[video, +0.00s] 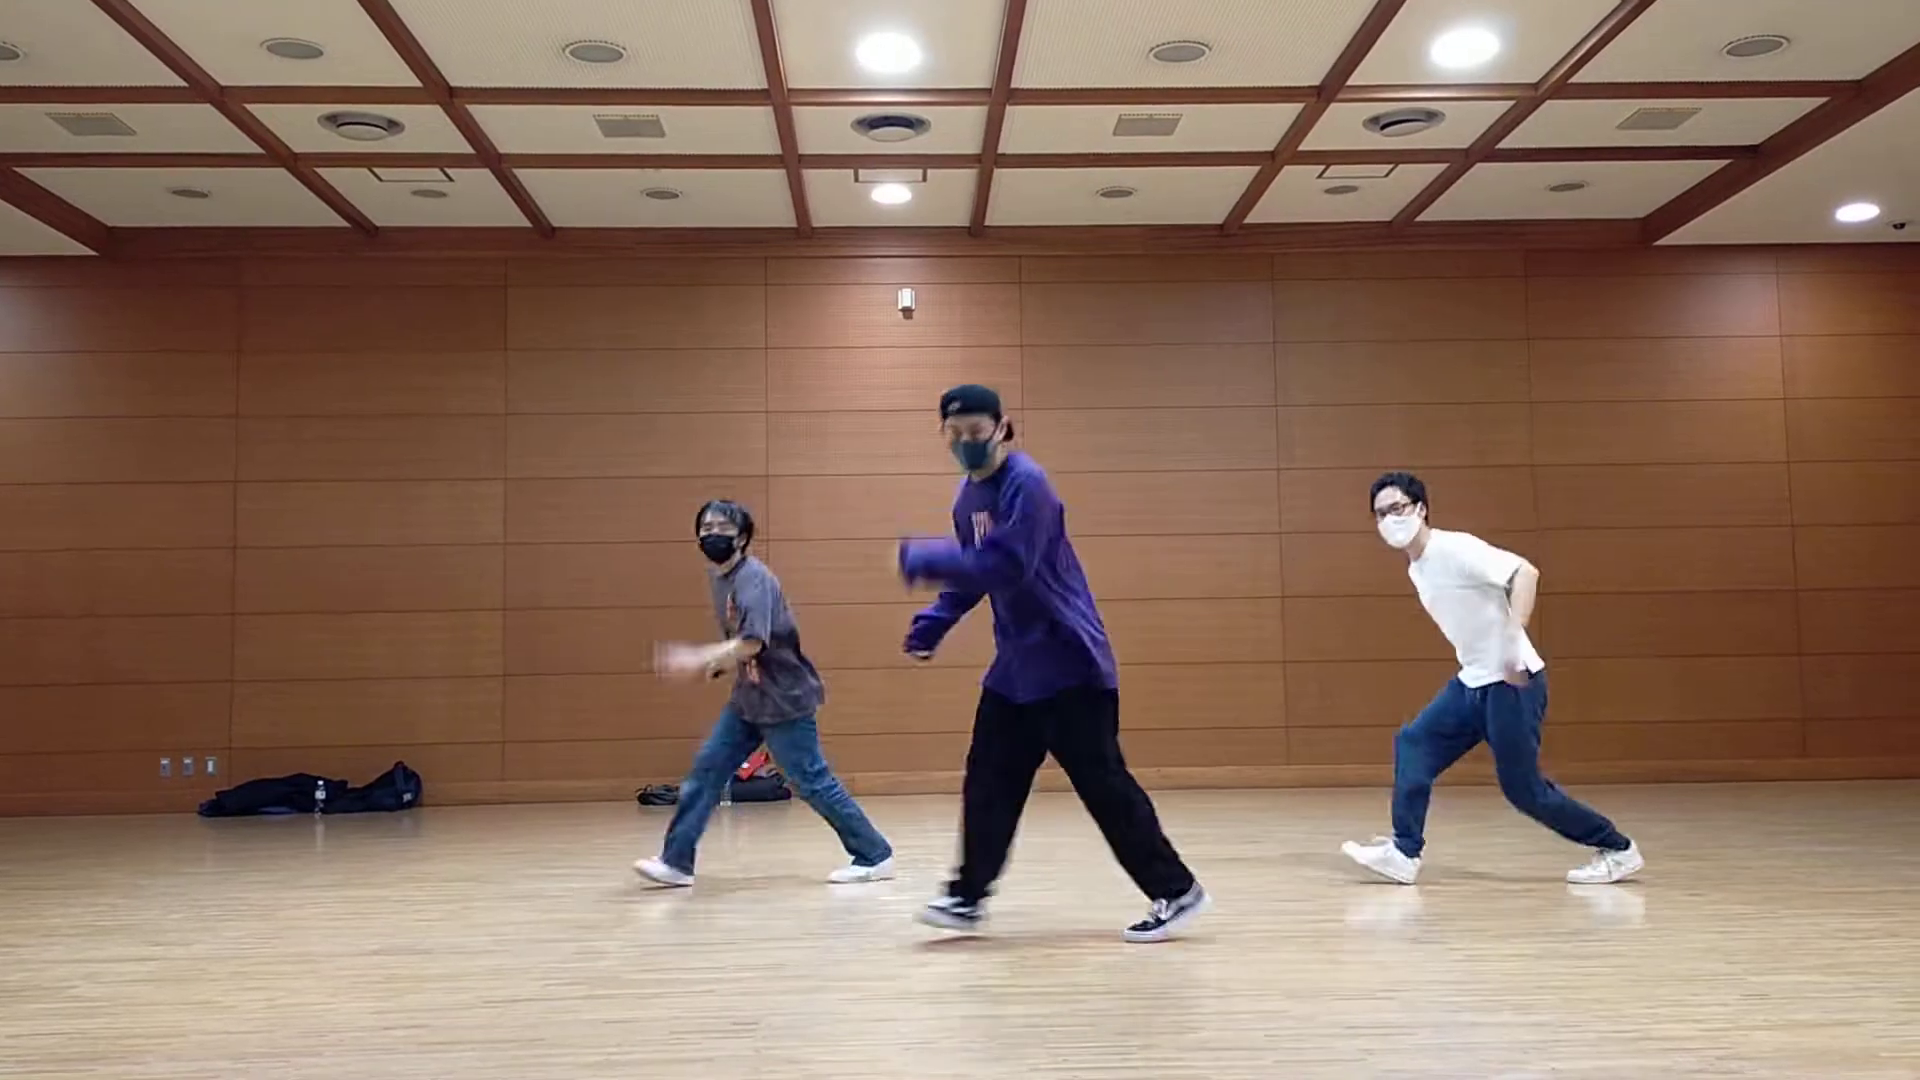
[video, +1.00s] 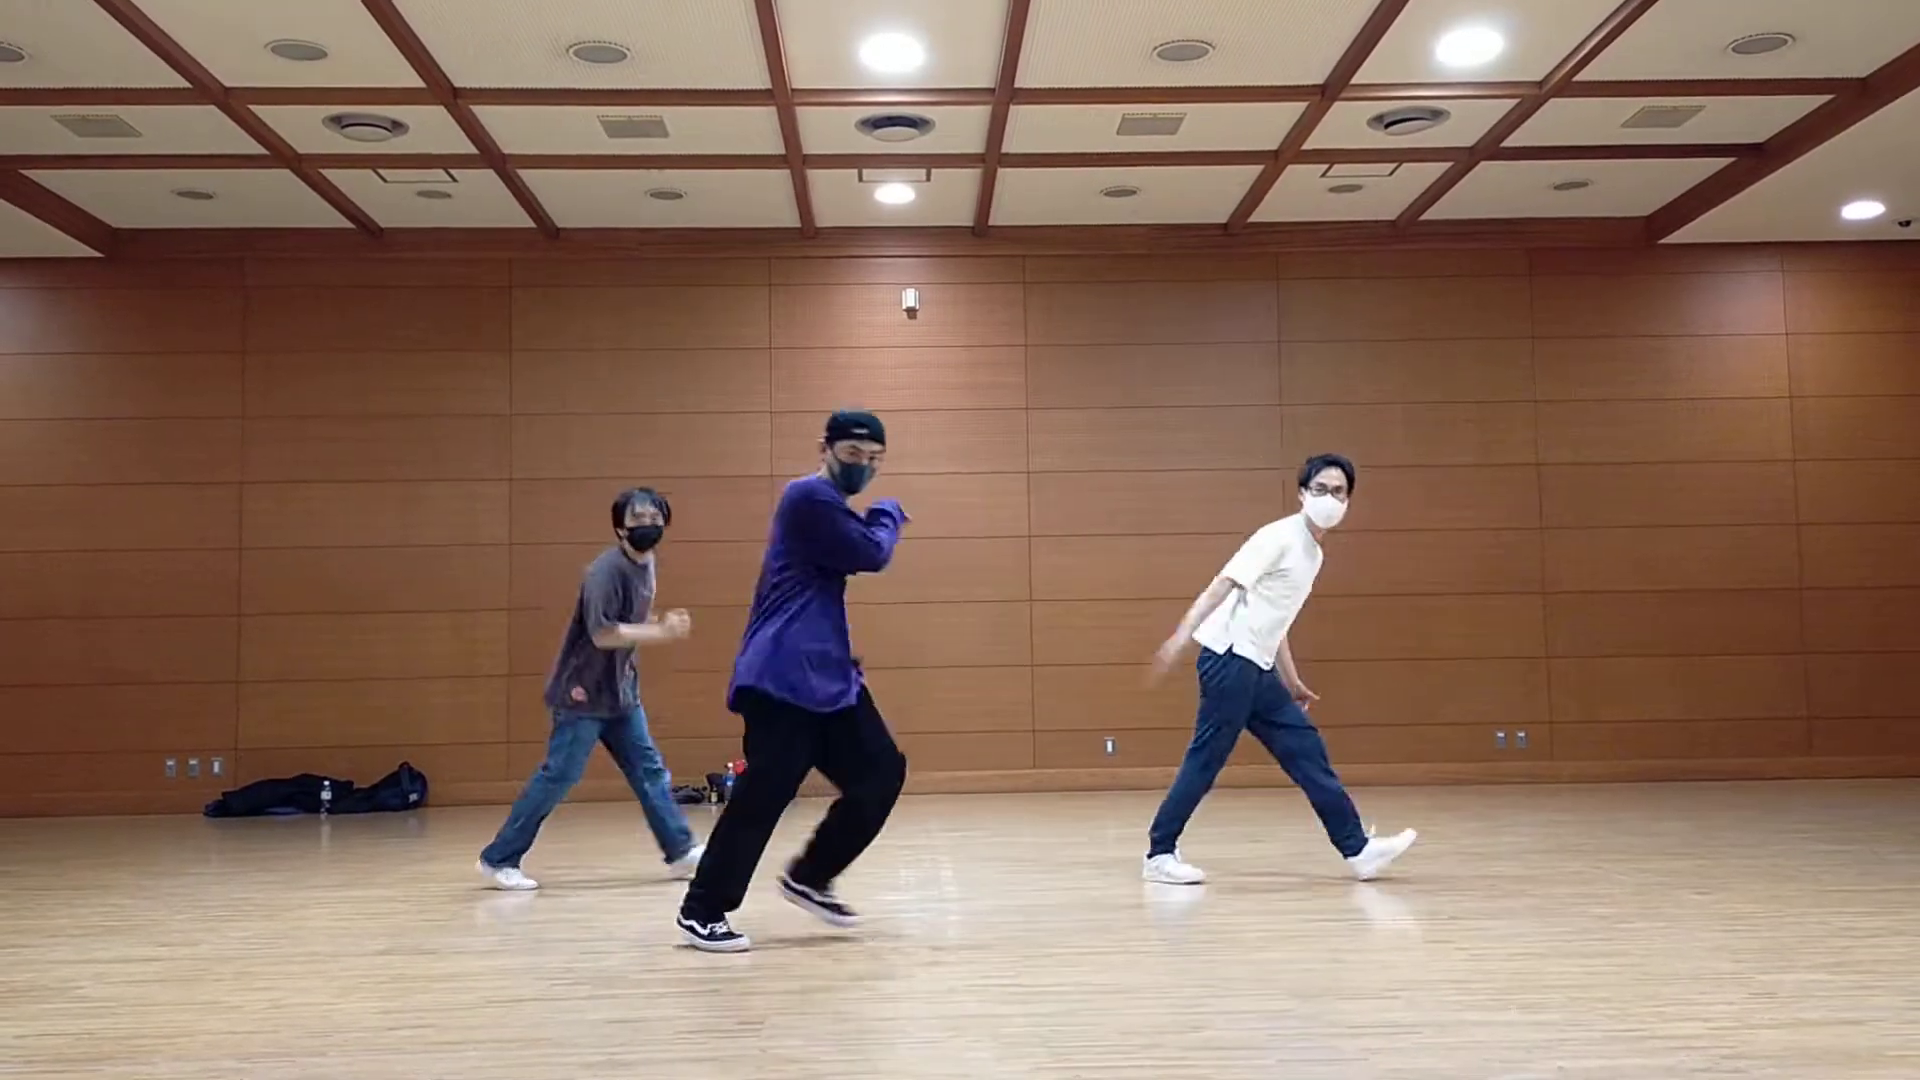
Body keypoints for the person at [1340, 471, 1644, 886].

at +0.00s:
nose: (1392, 519)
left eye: (1400, 509)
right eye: (1382, 514)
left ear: (1421, 509)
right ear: (1376, 524)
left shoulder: (1454, 548)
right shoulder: (1419, 569)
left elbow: (1524, 574)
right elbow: (1471, 607)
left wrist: (1513, 642)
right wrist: (1478, 660)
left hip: (1511, 682)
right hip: (1472, 684)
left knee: (1523, 789)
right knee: (1415, 744)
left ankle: (1618, 849)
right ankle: (1403, 852)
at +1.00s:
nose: (1330, 499)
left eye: (1339, 492)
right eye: (1322, 489)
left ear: (1347, 502)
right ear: (1302, 494)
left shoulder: (1313, 556)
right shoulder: (1279, 536)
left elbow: (1275, 622)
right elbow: (1221, 586)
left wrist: (1293, 682)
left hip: (1259, 666)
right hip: (1229, 658)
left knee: (1306, 751)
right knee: (1206, 757)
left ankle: (1358, 849)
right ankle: (1159, 854)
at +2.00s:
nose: (1342, 501)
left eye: (1349, 489)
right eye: (1331, 496)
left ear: (1365, 488)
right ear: (1322, 506)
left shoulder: (1406, 522)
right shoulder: (1348, 563)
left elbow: (1474, 561)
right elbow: (1376, 624)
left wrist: (1525, 614)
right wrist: (1398, 648)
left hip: (1463, 653)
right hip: (1417, 670)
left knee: (1509, 748)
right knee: (1395, 753)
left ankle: (1566, 841)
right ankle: (1368, 855)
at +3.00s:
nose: (1346, 502)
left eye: (1356, 497)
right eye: (1338, 491)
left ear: (1362, 509)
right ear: (1318, 493)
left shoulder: (1323, 561)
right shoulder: (1287, 527)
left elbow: (1280, 624)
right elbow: (1221, 558)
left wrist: (1295, 681)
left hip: (1270, 664)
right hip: (1235, 652)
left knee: (1319, 752)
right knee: (1206, 752)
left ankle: (1366, 851)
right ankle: (1163, 852)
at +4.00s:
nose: (1389, 499)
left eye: (1395, 489)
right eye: (1378, 494)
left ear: (1409, 491)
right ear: (1366, 505)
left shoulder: (1448, 529)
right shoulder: (1382, 555)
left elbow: (1523, 550)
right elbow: (1406, 617)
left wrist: (1545, 609)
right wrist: (1379, 621)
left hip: (1487, 664)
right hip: (1434, 669)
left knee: (1525, 751)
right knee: (1401, 733)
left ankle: (1586, 837)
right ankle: (1393, 844)